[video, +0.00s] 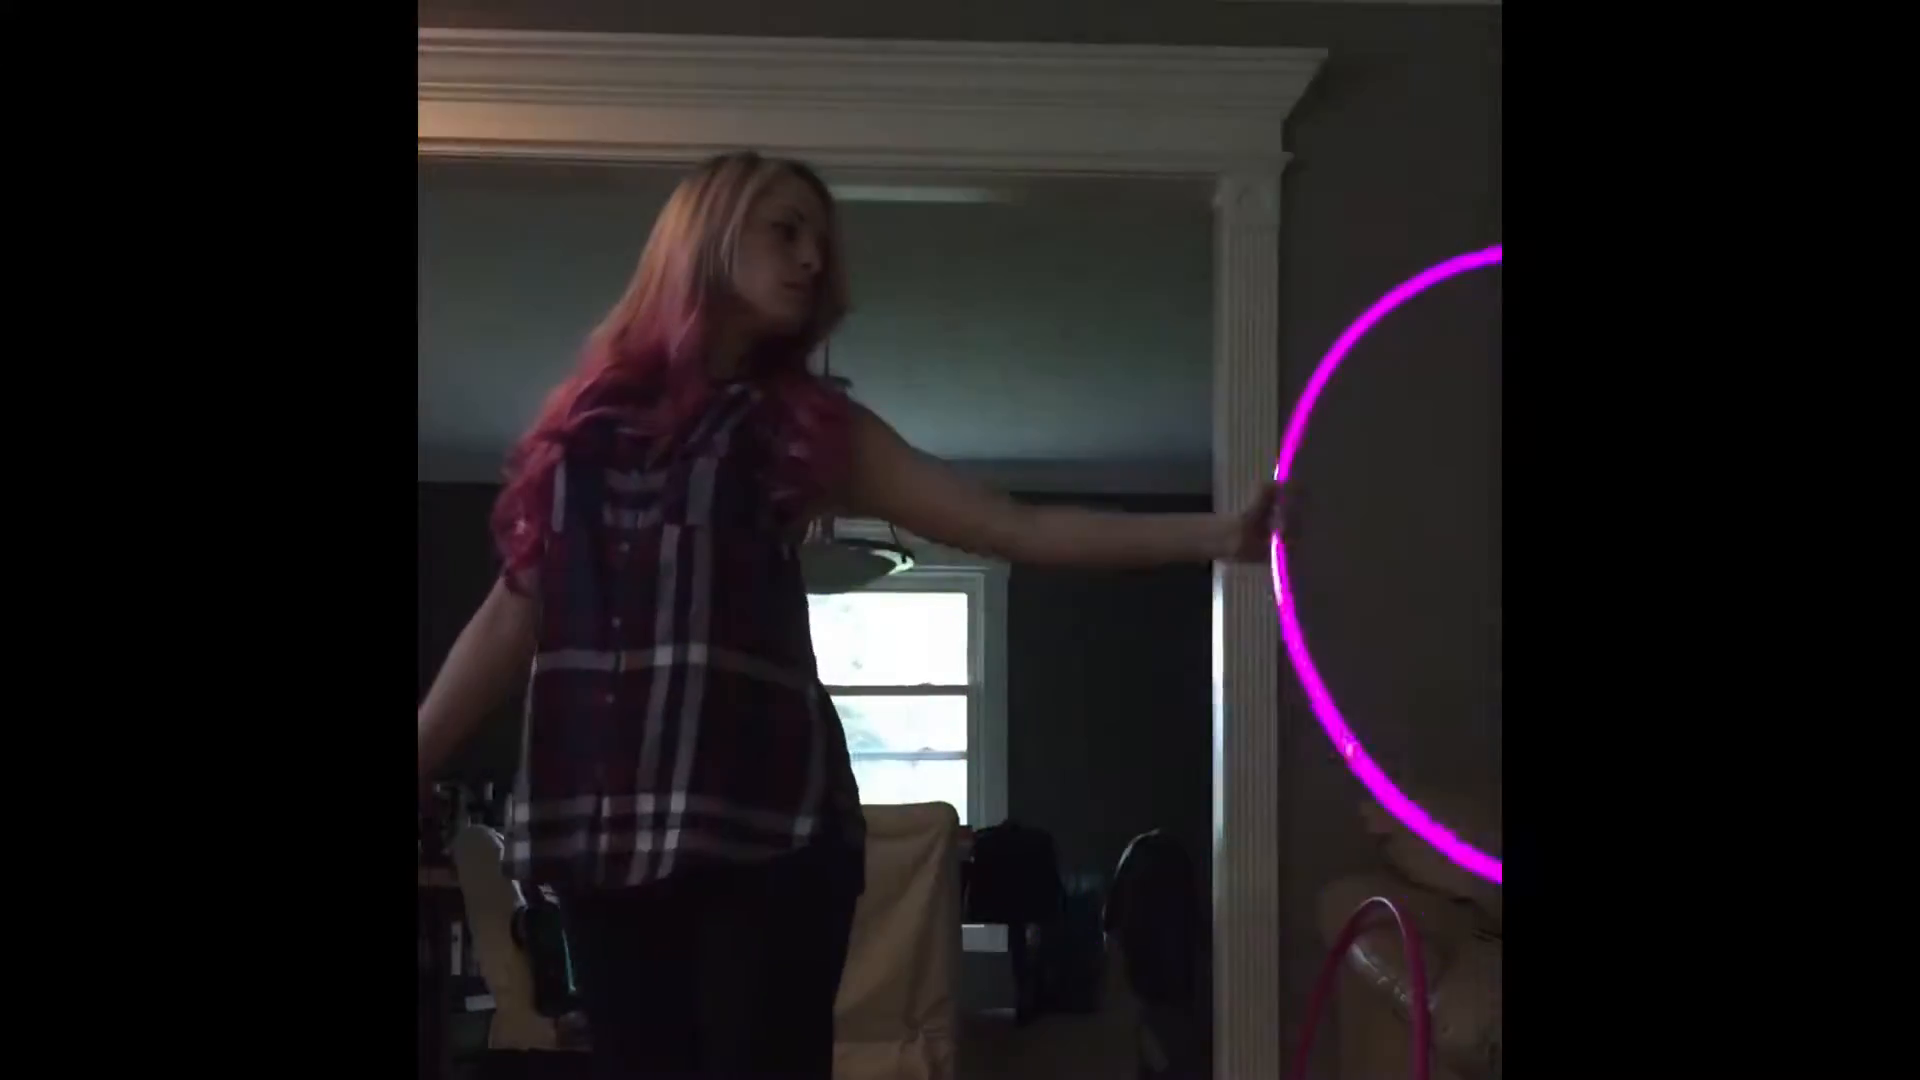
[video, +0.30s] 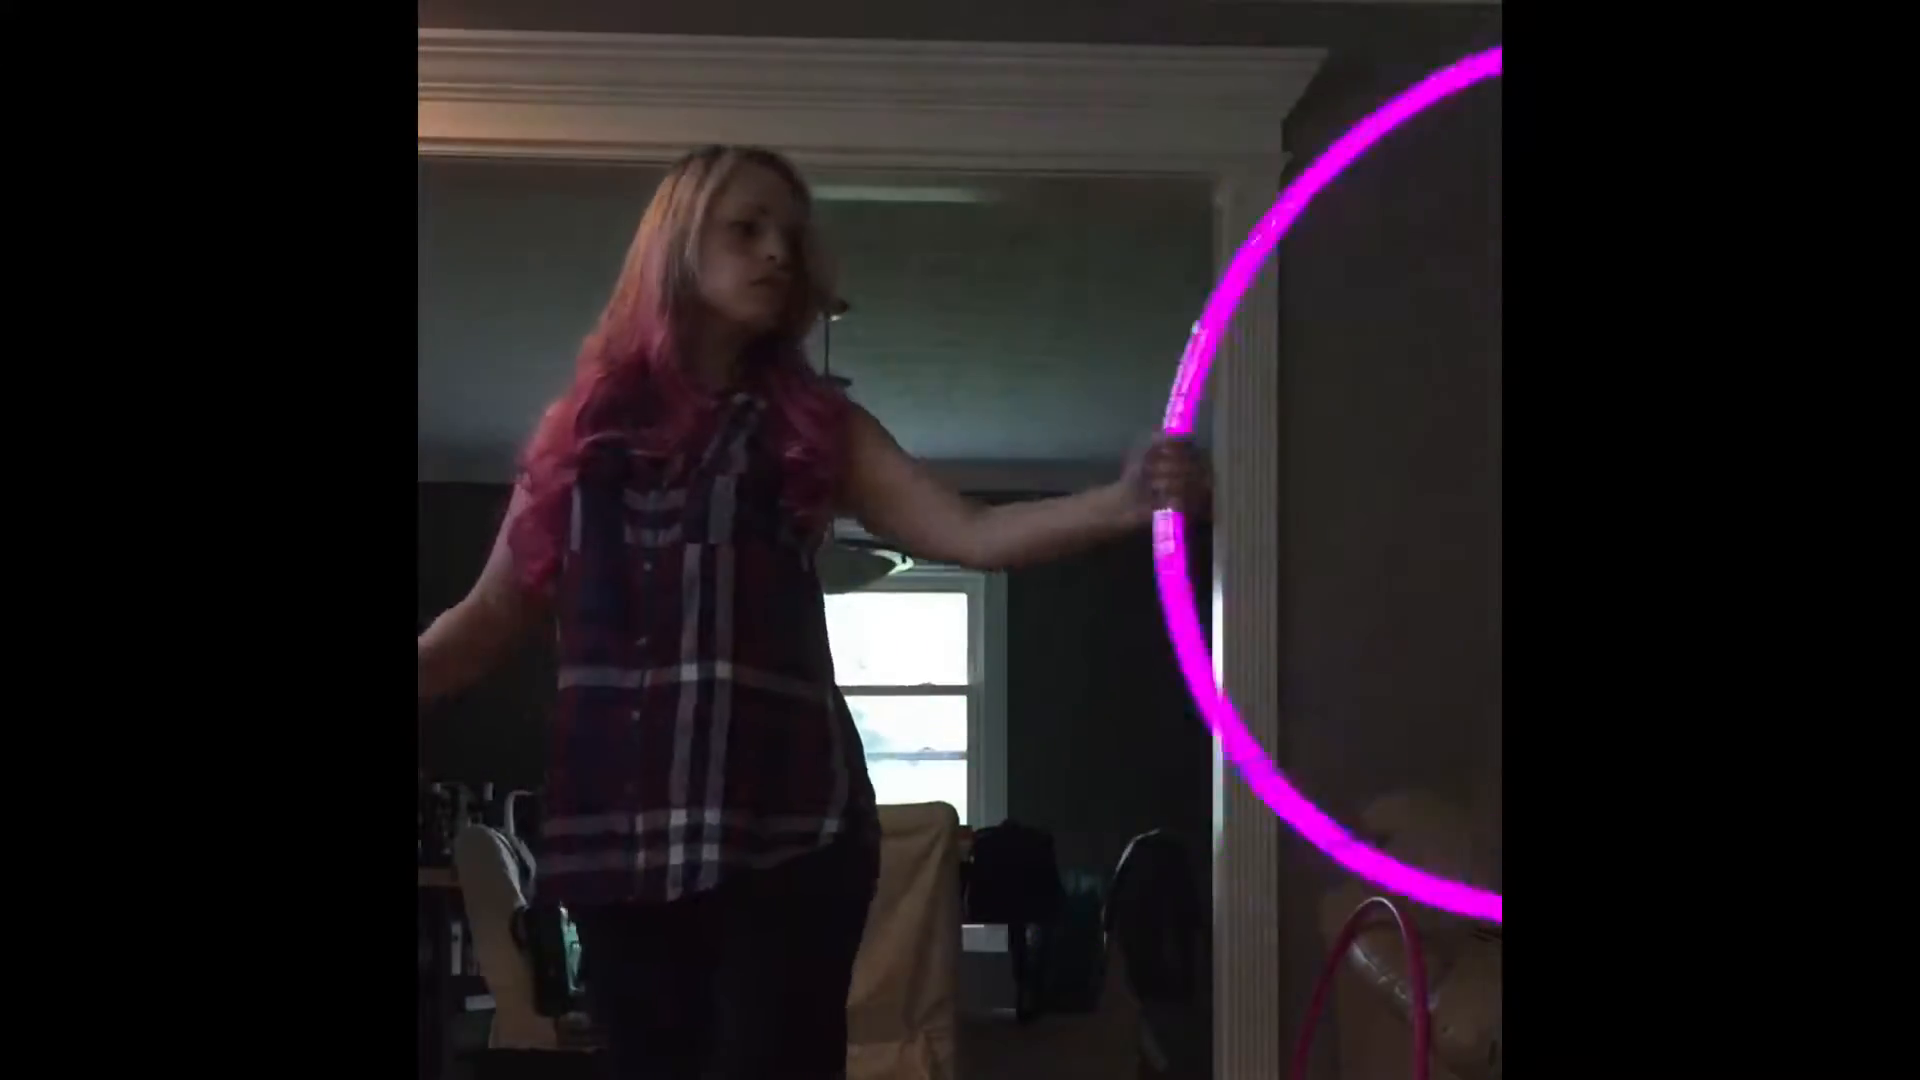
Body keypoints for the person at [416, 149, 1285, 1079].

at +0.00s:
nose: (811, 254)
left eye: (820, 240)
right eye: (784, 227)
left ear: (821, 271)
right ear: (706, 239)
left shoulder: (807, 419)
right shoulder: (584, 424)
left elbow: (1010, 526)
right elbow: (509, 619)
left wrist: (1217, 532)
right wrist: (419, 758)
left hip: (772, 836)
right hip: (599, 840)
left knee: (769, 1064)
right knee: (635, 1062)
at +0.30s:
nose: (778, 252)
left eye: (793, 238)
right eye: (748, 228)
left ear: (805, 267)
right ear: (678, 243)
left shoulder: (810, 419)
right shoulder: (590, 418)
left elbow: (967, 532)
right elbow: (488, 612)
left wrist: (1124, 502)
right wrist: (416, 683)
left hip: (793, 833)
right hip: (625, 835)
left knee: (781, 1059)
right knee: (648, 1056)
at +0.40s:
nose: (771, 250)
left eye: (789, 233)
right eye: (740, 227)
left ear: (810, 259)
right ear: (679, 249)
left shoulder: (835, 418)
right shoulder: (595, 423)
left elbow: (926, 551)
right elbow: (517, 605)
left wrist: (992, 528)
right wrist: (462, 613)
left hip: (804, 835)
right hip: (633, 835)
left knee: (801, 1059)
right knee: (658, 1061)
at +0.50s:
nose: (768, 247)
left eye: (788, 226)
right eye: (742, 223)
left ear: (815, 246)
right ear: (691, 245)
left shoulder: (853, 412)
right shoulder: (610, 425)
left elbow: (905, 579)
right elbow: (534, 616)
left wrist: (850, 548)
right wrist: (545, 518)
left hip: (814, 822)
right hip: (645, 821)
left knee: (818, 1058)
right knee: (667, 1063)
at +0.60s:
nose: (786, 239)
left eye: (809, 219)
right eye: (759, 215)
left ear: (835, 245)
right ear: (711, 244)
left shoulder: (881, 408)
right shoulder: (653, 393)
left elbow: (875, 591)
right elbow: (572, 571)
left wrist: (723, 567)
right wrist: (648, 420)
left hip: (842, 821)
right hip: (672, 818)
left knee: (834, 1064)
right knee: (689, 1064)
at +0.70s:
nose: (815, 229)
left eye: (840, 209)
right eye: (789, 205)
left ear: (868, 237)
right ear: (743, 230)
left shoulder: (912, 400)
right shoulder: (676, 389)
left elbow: (887, 588)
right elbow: (617, 505)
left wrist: (681, 549)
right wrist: (721, 360)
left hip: (872, 837)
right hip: (696, 834)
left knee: (861, 1068)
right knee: (708, 1067)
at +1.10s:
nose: (930, 195)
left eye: (961, 169)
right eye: (901, 165)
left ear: (992, 193)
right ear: (853, 181)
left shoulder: (1023, 380)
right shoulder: (779, 329)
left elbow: (1014, 614)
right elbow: (649, 421)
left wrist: (788, 599)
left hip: (949, 835)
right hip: (769, 824)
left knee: (929, 1067)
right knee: (759, 1065)